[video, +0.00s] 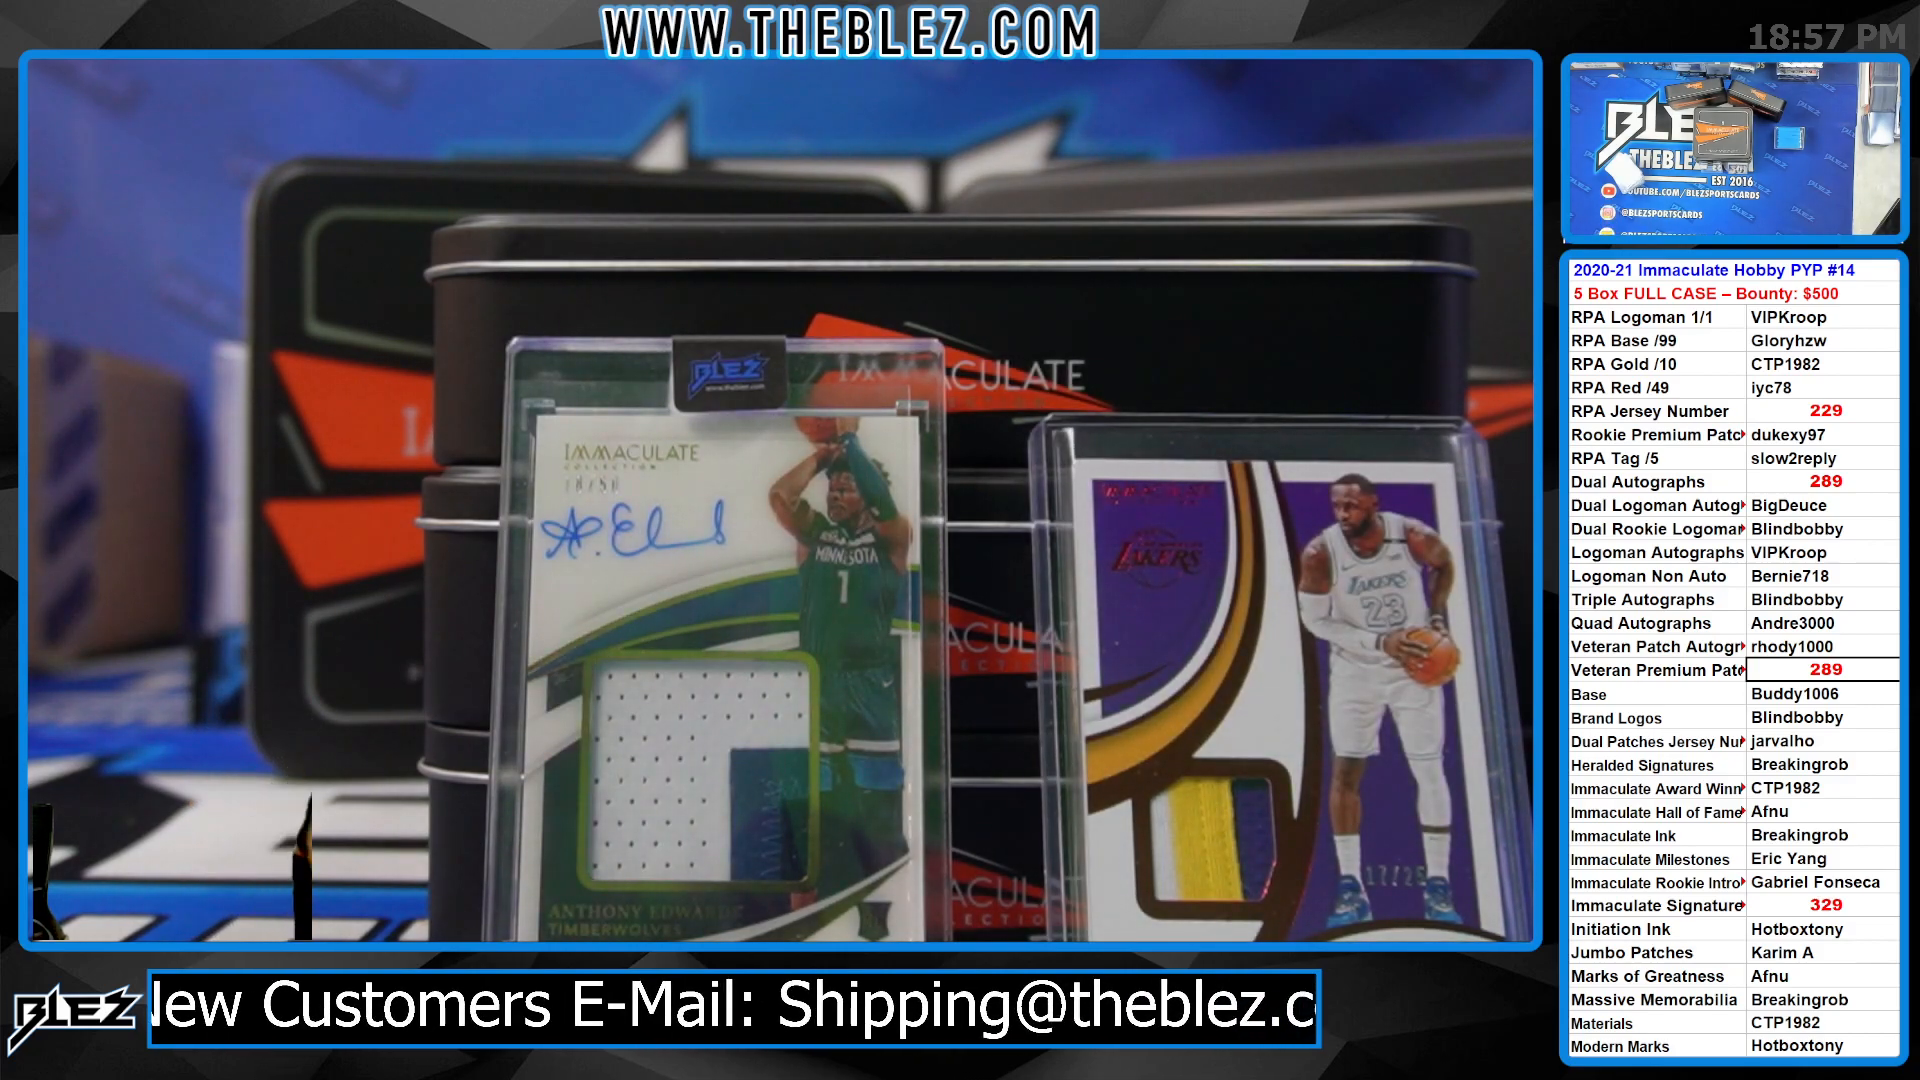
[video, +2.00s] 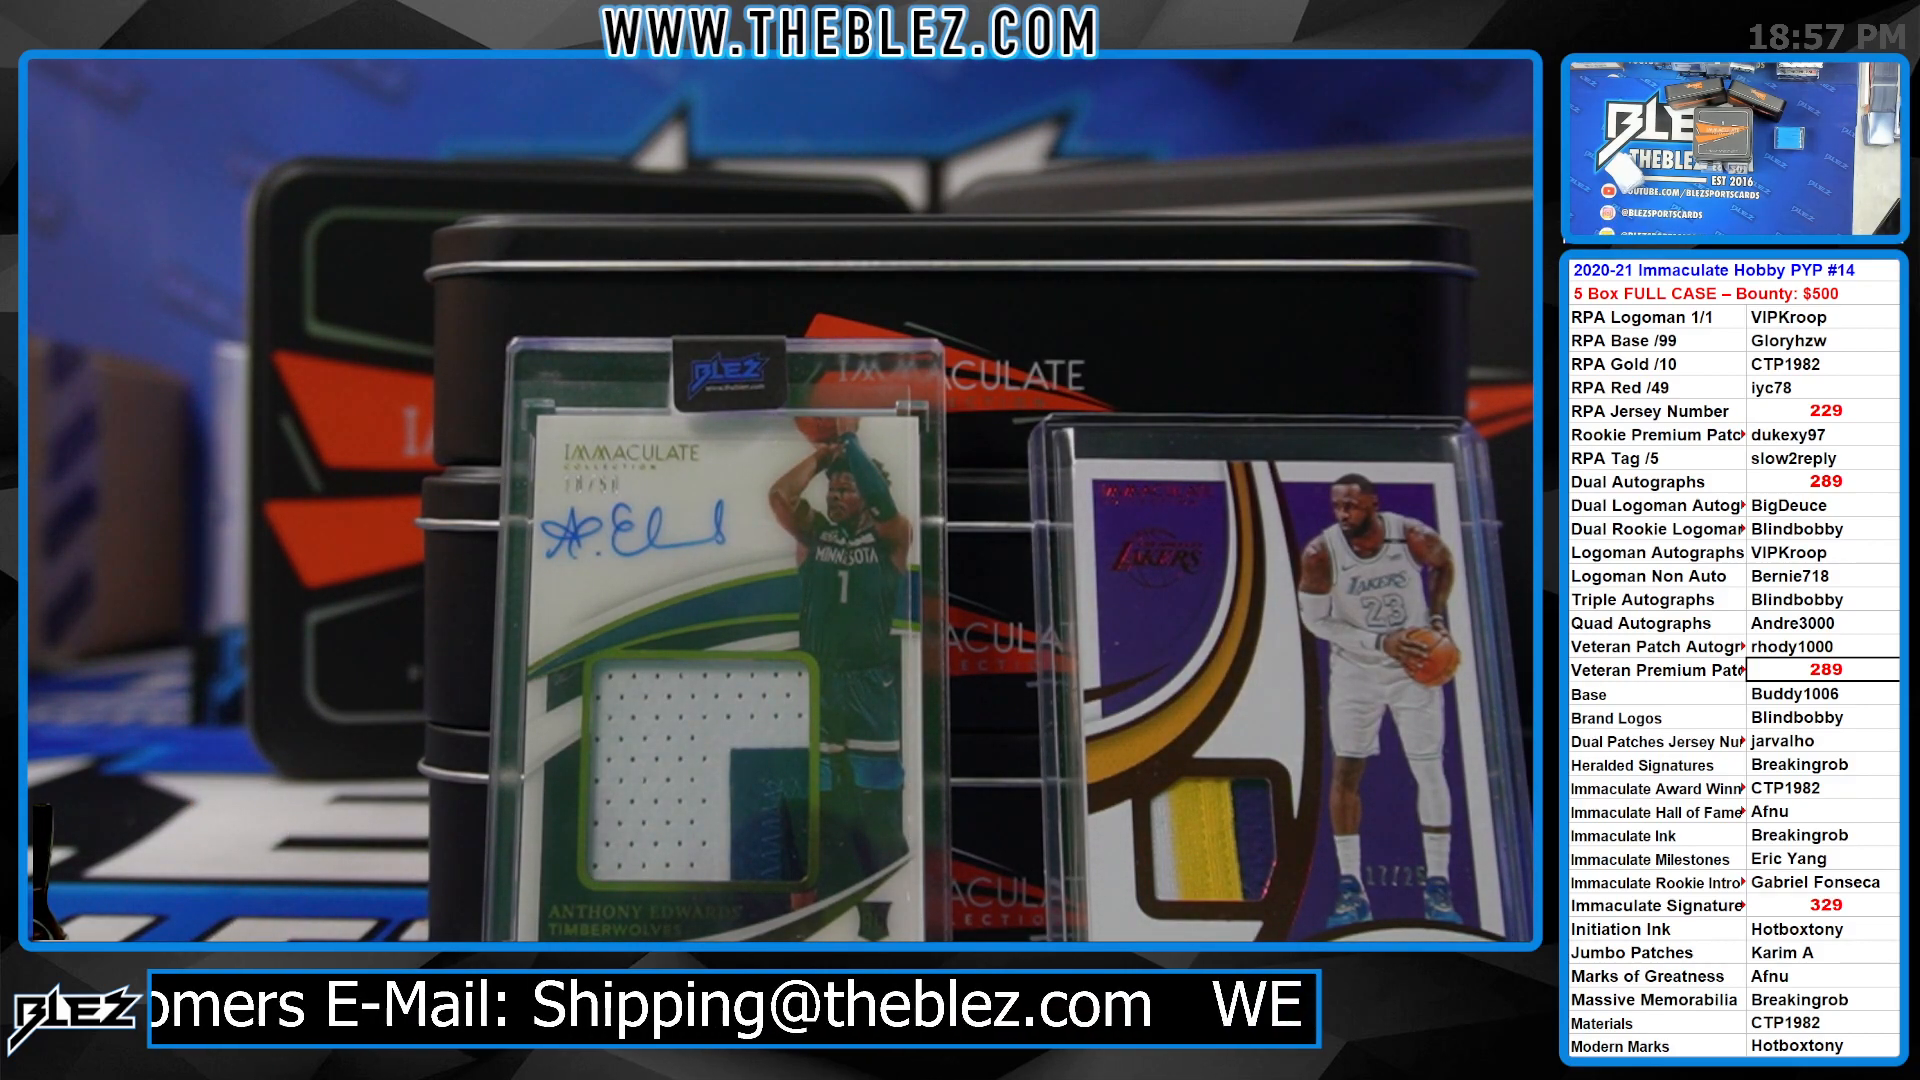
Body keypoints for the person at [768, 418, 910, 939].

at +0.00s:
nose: (841, 493)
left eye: (850, 486)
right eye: (835, 485)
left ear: (869, 494)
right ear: (827, 493)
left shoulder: (891, 540)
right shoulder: (815, 534)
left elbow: (882, 500)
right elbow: (780, 496)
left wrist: (851, 446)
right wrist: (818, 459)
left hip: (873, 681)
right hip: (817, 679)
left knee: (878, 801)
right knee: (823, 798)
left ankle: (878, 906)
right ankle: (820, 901)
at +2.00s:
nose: (840, 494)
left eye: (849, 487)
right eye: (834, 486)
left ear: (868, 494)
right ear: (827, 494)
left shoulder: (890, 540)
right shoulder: (815, 533)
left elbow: (880, 496)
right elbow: (781, 495)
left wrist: (850, 443)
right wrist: (819, 458)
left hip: (871, 682)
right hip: (818, 681)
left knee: (878, 804)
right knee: (830, 802)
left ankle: (877, 910)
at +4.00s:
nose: (836, 495)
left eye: (846, 489)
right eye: (831, 488)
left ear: (863, 494)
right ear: (823, 493)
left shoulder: (884, 539)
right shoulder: (810, 532)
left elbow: (877, 500)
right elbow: (777, 496)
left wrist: (845, 448)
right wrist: (815, 460)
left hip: (868, 673)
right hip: (816, 673)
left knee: (875, 786)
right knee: (824, 787)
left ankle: (879, 883)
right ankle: (819, 881)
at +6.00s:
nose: (835, 496)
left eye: (844, 489)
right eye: (829, 488)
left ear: (862, 494)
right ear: (822, 495)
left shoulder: (884, 539)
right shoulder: (810, 532)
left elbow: (875, 497)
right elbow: (776, 496)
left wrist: (844, 445)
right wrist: (815, 459)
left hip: (865, 679)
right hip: (813, 678)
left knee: (873, 796)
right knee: (818, 794)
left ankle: (873, 896)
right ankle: (818, 887)